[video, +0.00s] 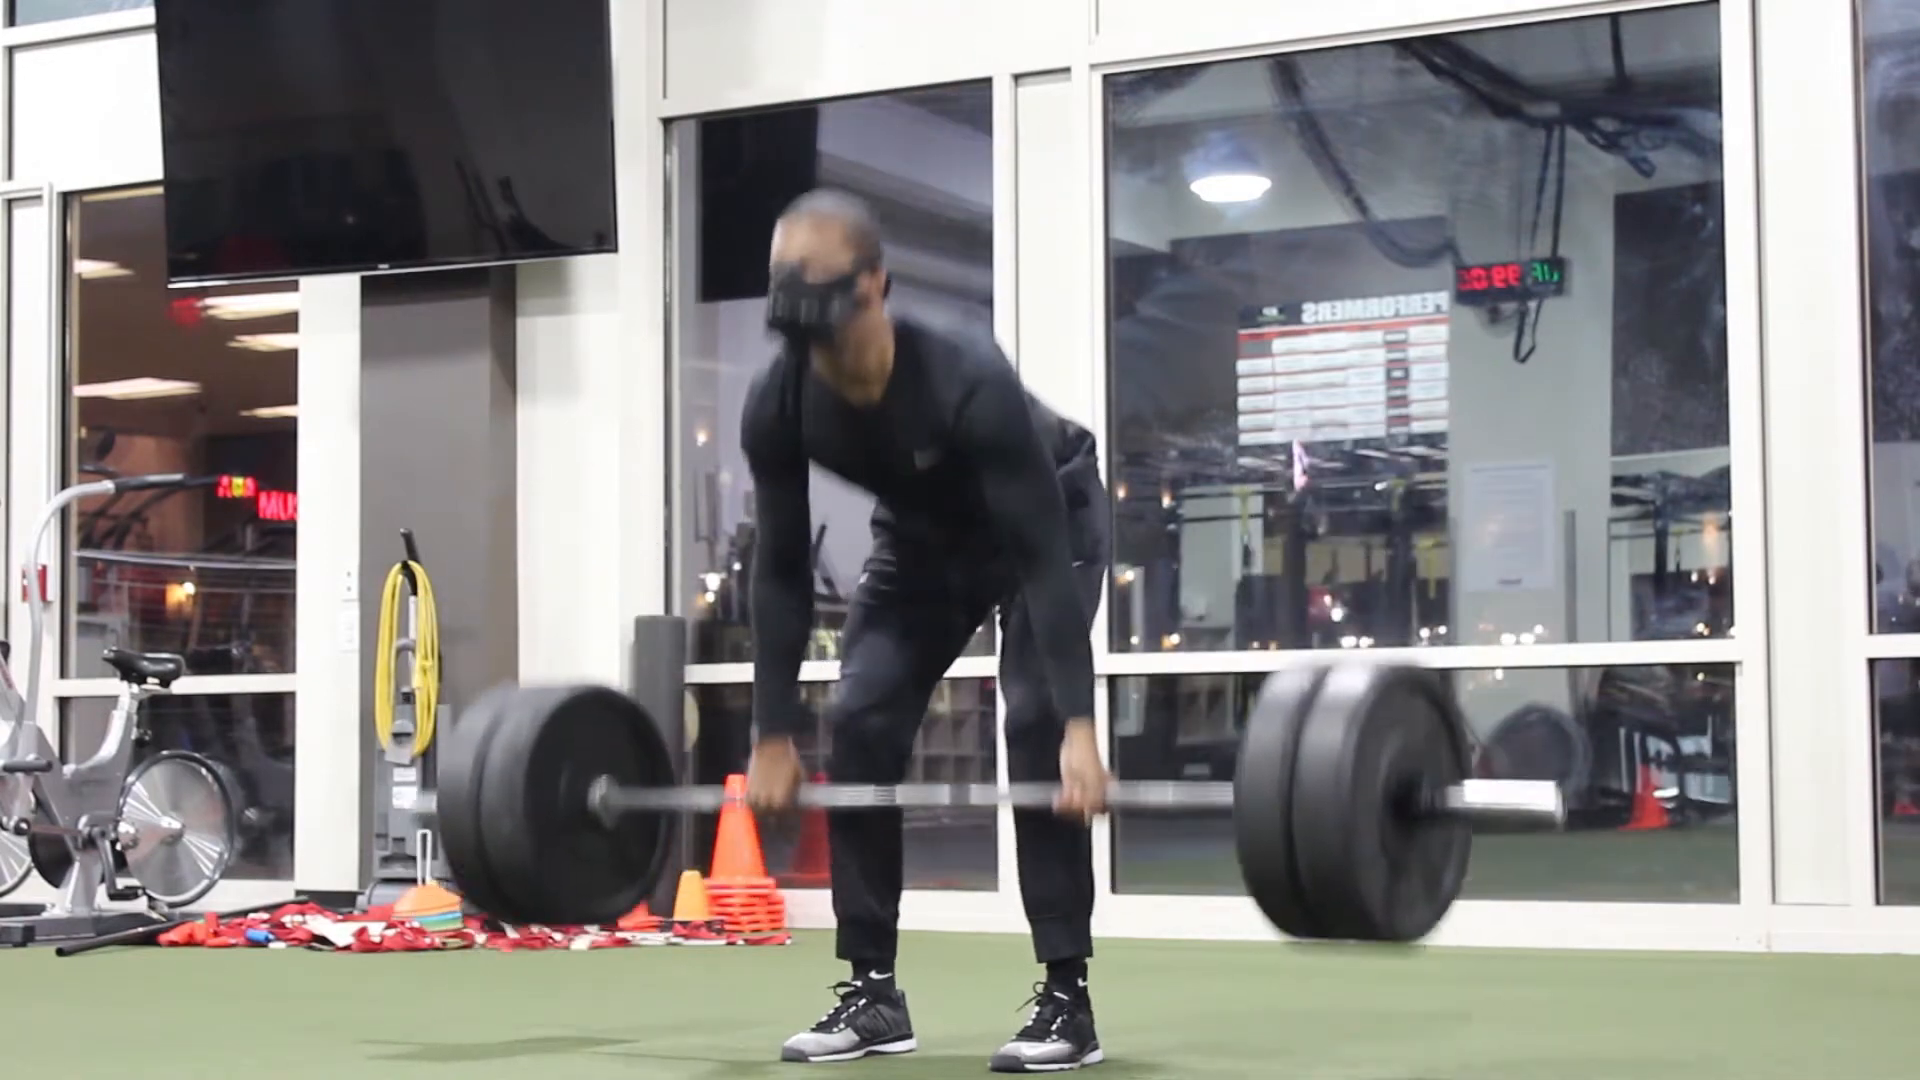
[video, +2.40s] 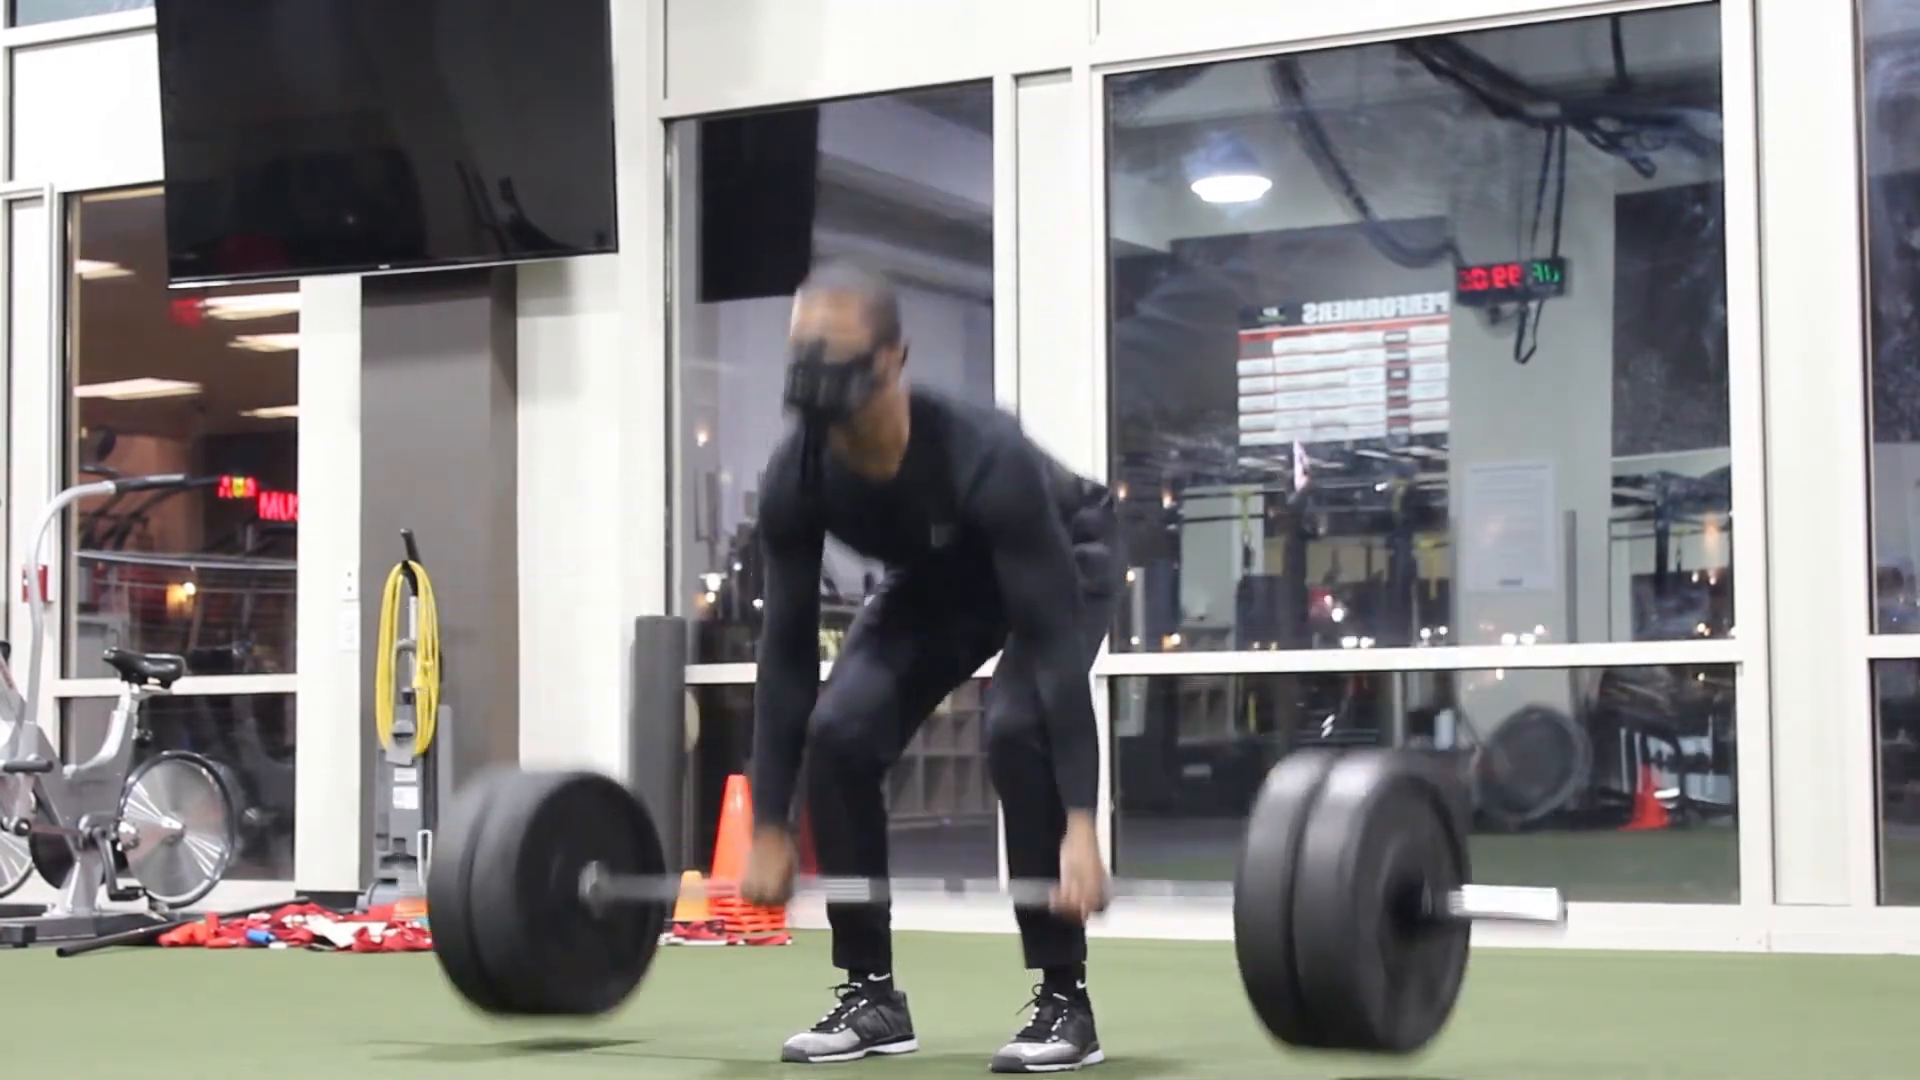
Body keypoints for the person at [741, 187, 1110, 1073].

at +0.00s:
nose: (795, 299)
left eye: (817, 280)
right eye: (783, 280)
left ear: (874, 284)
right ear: (773, 285)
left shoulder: (968, 379)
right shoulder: (778, 409)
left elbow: (1047, 554)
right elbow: (782, 569)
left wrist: (1079, 722)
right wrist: (772, 732)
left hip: (1040, 516)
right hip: (923, 532)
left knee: (1034, 730)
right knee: (861, 723)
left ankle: (1065, 995)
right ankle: (871, 993)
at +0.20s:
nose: (813, 148)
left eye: (838, 130)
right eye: (806, 129)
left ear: (899, 138)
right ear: (799, 138)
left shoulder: (987, 258)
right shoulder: (796, 273)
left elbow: (1056, 424)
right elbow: (789, 443)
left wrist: (1078, 585)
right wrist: (775, 604)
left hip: (1026, 497)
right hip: (911, 499)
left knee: (1034, 719)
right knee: (878, 728)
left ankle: (1066, 995)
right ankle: (874, 991)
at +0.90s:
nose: (812, 299)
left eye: (836, 281)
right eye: (804, 280)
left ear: (897, 289)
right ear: (793, 282)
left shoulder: (986, 391)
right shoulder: (798, 415)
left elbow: (1051, 580)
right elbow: (786, 586)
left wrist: (1072, 761)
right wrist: (761, 759)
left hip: (1048, 535)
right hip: (933, 548)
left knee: (1029, 730)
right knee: (849, 725)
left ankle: (1064, 999)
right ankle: (871, 994)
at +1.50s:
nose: (806, 206)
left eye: (830, 190)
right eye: (799, 187)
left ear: (889, 197)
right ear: (788, 191)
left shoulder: (980, 308)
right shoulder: (789, 328)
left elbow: (1051, 479)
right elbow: (785, 497)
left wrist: (1082, 656)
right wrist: (775, 665)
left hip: (1034, 502)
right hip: (919, 509)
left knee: (1041, 733)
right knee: (868, 725)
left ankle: (1065, 998)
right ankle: (873, 992)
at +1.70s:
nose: (862, 49)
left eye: (885, 31)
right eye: (853, 34)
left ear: (934, 54)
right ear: (840, 59)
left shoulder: (1006, 189)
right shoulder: (815, 203)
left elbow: (1061, 365)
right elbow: (801, 379)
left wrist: (1086, 527)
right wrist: (779, 534)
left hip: (1014, 461)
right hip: (899, 463)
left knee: (1031, 729)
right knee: (882, 731)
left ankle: (1064, 998)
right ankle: (875, 992)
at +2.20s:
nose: (837, 205)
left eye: (861, 187)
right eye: (828, 186)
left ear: (919, 193)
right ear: (817, 193)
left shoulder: (1003, 316)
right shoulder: (814, 334)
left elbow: (1055, 501)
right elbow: (797, 507)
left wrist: (1075, 672)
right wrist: (766, 678)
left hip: (1053, 519)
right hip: (938, 525)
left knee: (1051, 738)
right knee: (868, 724)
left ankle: (1065, 997)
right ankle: (873, 992)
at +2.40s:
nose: (812, 376)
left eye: (835, 359)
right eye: (802, 357)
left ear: (892, 363)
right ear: (792, 358)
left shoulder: (984, 456)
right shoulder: (796, 479)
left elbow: (1055, 640)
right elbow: (786, 654)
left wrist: (1082, 820)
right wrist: (769, 825)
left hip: (1057, 555)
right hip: (942, 574)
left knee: (1015, 734)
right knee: (837, 738)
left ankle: (1062, 1002)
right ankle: (871, 999)